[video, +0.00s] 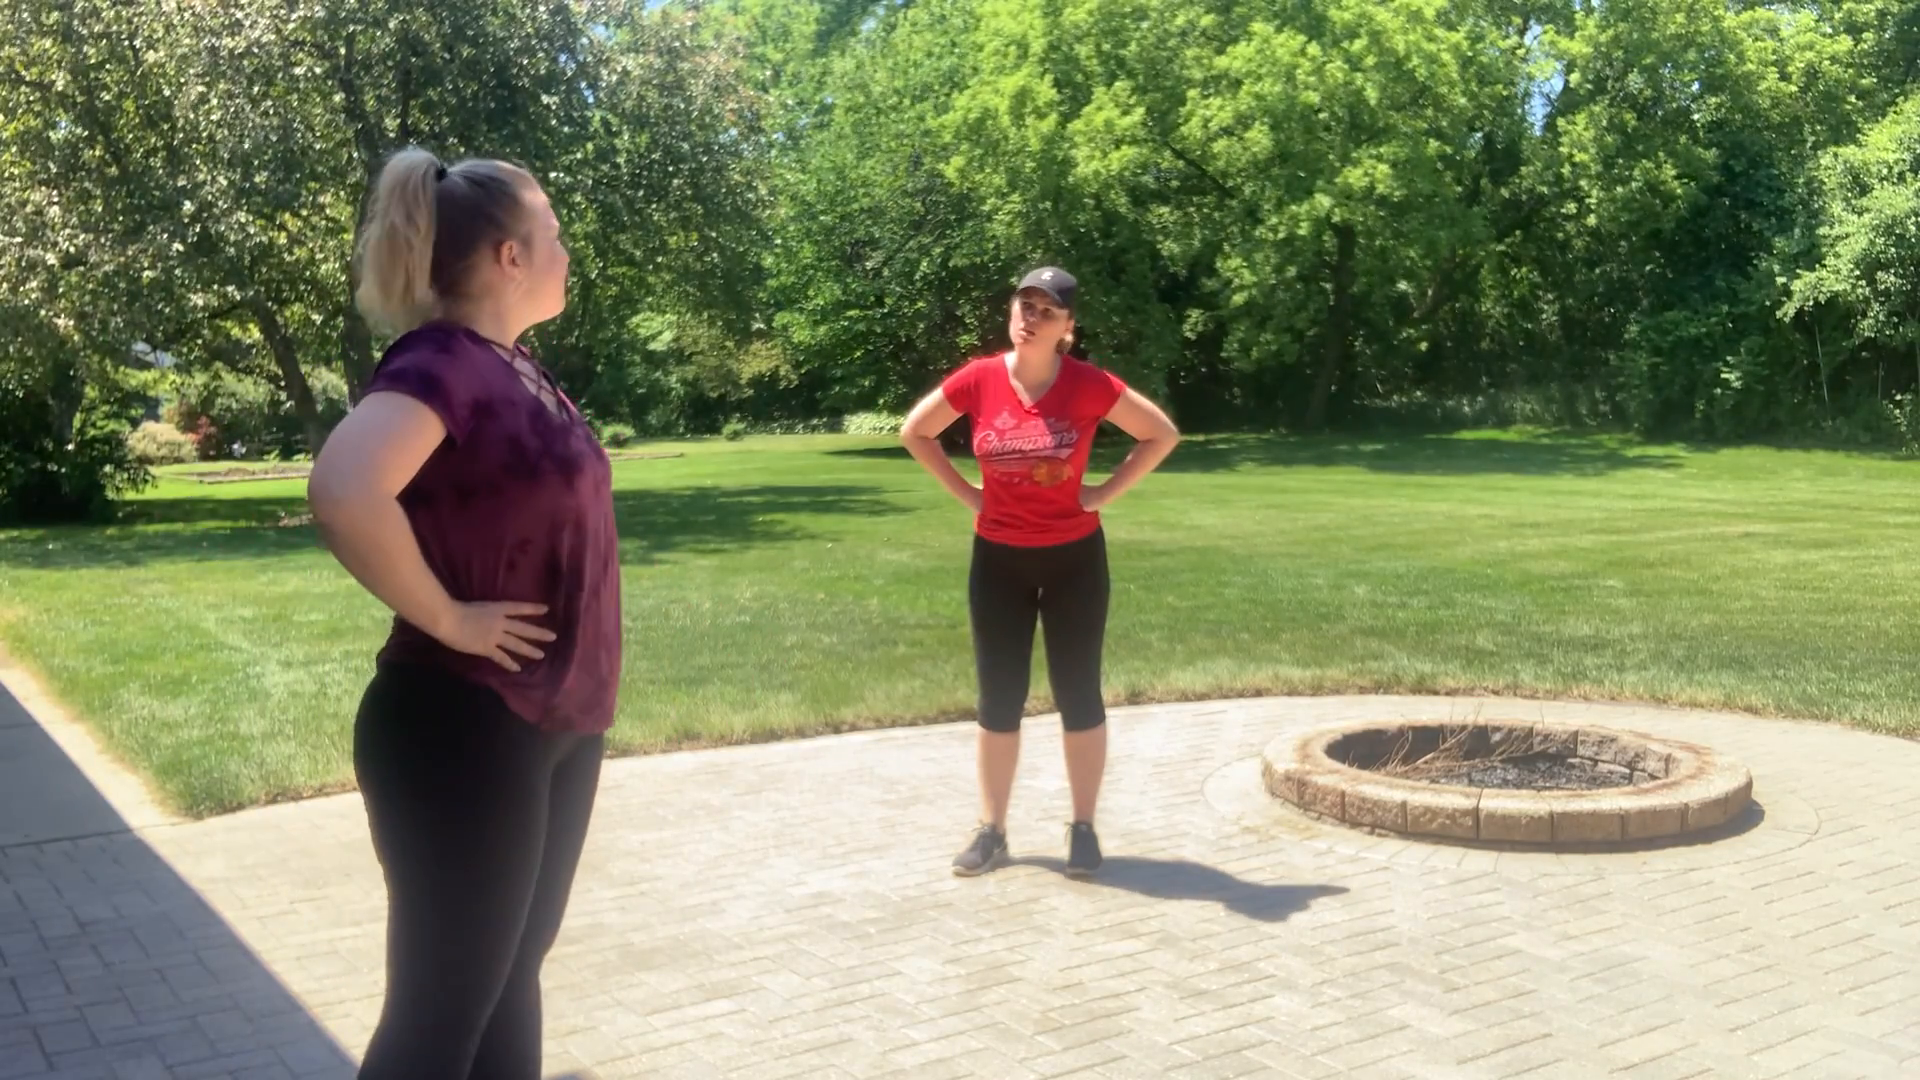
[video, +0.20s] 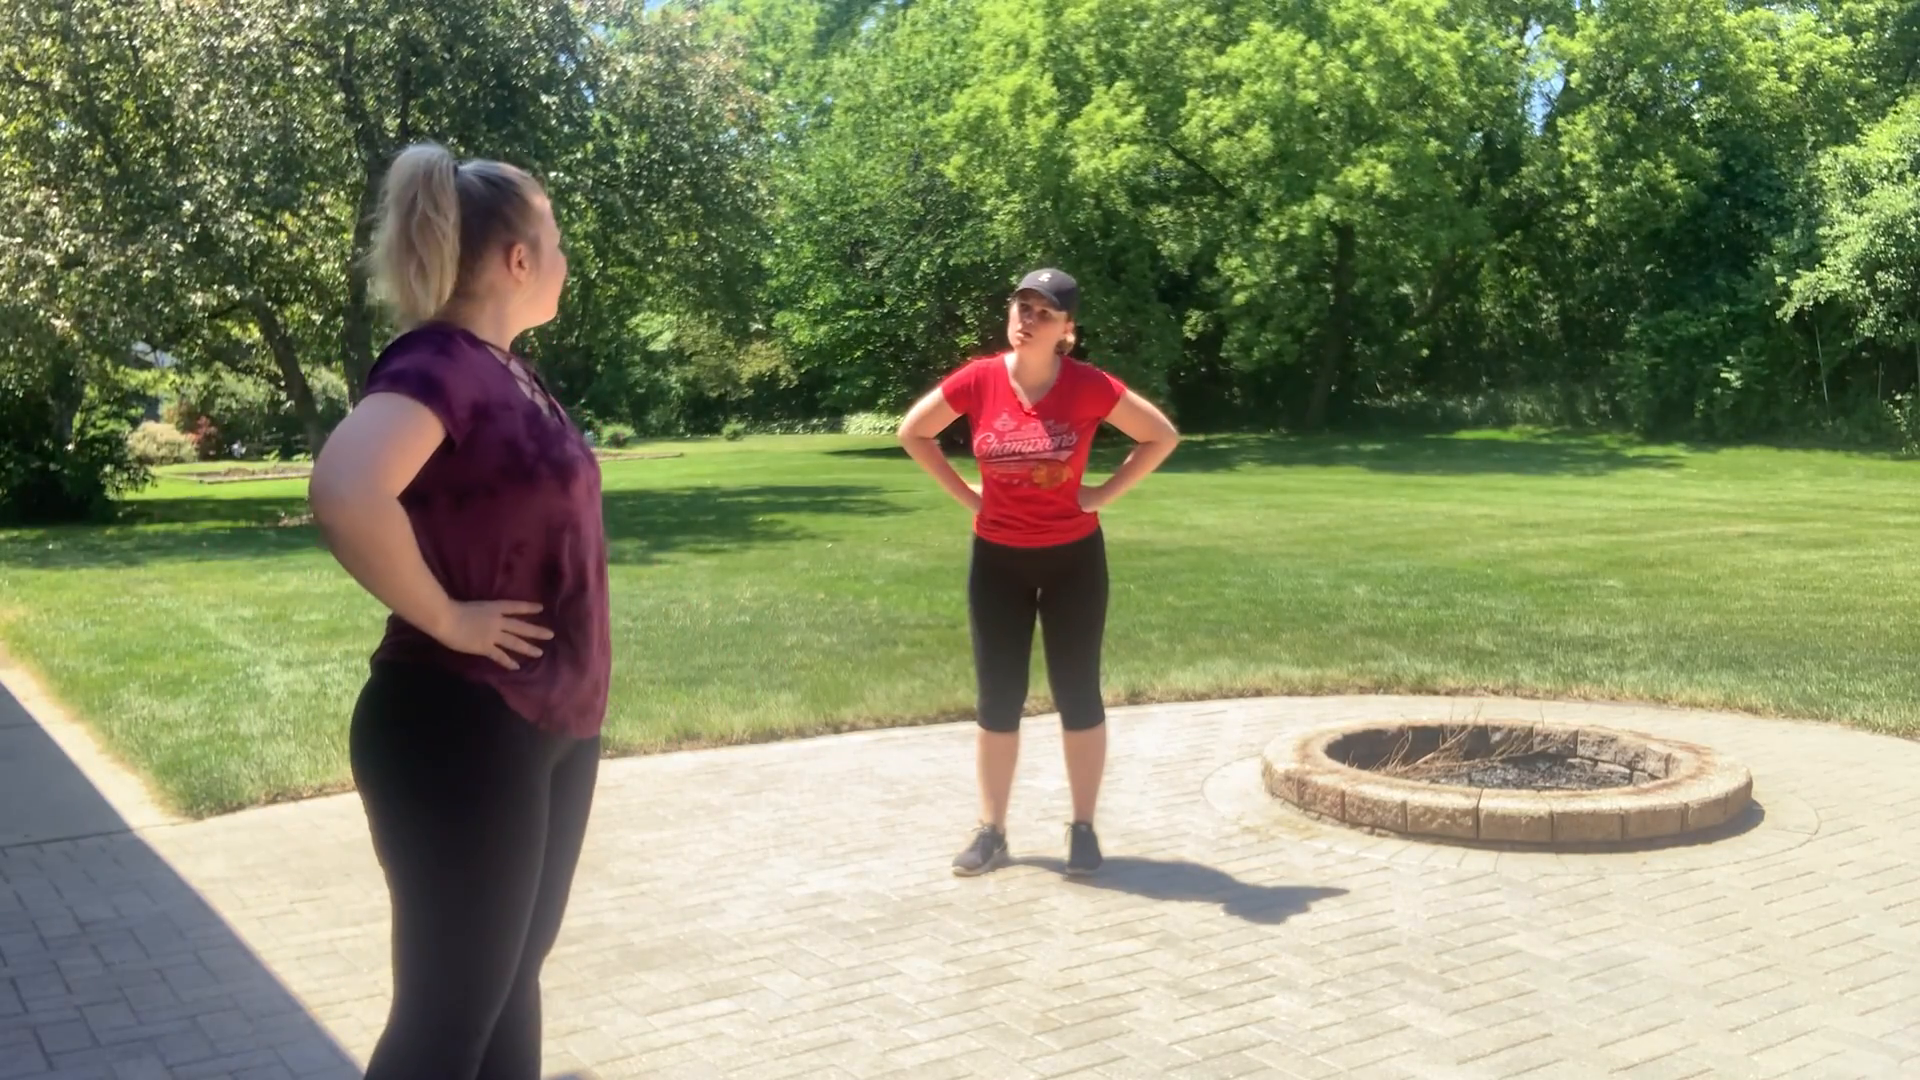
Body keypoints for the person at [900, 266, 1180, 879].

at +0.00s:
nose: (1029, 317)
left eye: (1044, 312)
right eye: (1025, 306)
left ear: (1068, 326)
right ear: (1011, 313)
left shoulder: (1089, 385)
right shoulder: (980, 377)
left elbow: (1163, 434)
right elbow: (915, 433)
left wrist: (1103, 493)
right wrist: (968, 493)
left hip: (1073, 555)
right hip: (998, 555)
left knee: (1077, 695)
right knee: (998, 699)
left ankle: (1083, 826)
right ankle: (991, 828)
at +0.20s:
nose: (1024, 318)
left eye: (1039, 313)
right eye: (1021, 307)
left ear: (1067, 329)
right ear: (1009, 314)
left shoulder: (1088, 386)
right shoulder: (980, 377)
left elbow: (1163, 436)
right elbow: (913, 433)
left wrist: (1104, 494)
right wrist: (968, 495)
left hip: (1072, 555)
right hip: (997, 555)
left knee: (1077, 694)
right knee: (998, 698)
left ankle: (1083, 826)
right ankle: (991, 829)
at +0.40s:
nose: (1025, 316)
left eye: (1039, 311)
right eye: (1021, 306)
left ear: (1066, 327)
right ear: (1009, 312)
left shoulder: (1088, 384)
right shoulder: (980, 376)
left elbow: (1163, 436)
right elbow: (912, 432)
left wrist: (1103, 494)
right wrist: (967, 494)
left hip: (1072, 555)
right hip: (996, 555)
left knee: (1076, 694)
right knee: (997, 698)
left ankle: (1083, 826)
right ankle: (991, 829)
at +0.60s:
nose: (1026, 317)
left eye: (1040, 311)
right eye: (1021, 306)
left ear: (1066, 325)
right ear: (1009, 311)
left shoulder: (1089, 384)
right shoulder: (980, 376)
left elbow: (1164, 435)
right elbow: (912, 433)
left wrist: (1102, 494)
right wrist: (968, 494)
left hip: (1072, 555)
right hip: (996, 555)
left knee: (1077, 695)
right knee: (998, 698)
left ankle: (1083, 826)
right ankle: (991, 829)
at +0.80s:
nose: (1028, 317)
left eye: (1042, 311)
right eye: (1023, 306)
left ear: (1068, 325)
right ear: (1011, 311)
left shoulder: (1090, 383)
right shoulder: (981, 376)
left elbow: (1165, 436)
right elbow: (913, 433)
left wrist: (1103, 494)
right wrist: (969, 494)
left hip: (1073, 555)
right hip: (997, 555)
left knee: (1077, 695)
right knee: (998, 698)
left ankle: (1083, 826)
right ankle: (991, 829)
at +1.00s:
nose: (1021, 316)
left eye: (1036, 311)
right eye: (1018, 306)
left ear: (1068, 326)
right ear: (1009, 311)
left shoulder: (1092, 383)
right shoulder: (982, 376)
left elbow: (1166, 435)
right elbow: (914, 432)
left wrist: (1104, 494)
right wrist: (969, 493)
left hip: (1074, 555)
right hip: (998, 555)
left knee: (1077, 695)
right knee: (998, 698)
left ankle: (1083, 826)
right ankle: (991, 829)